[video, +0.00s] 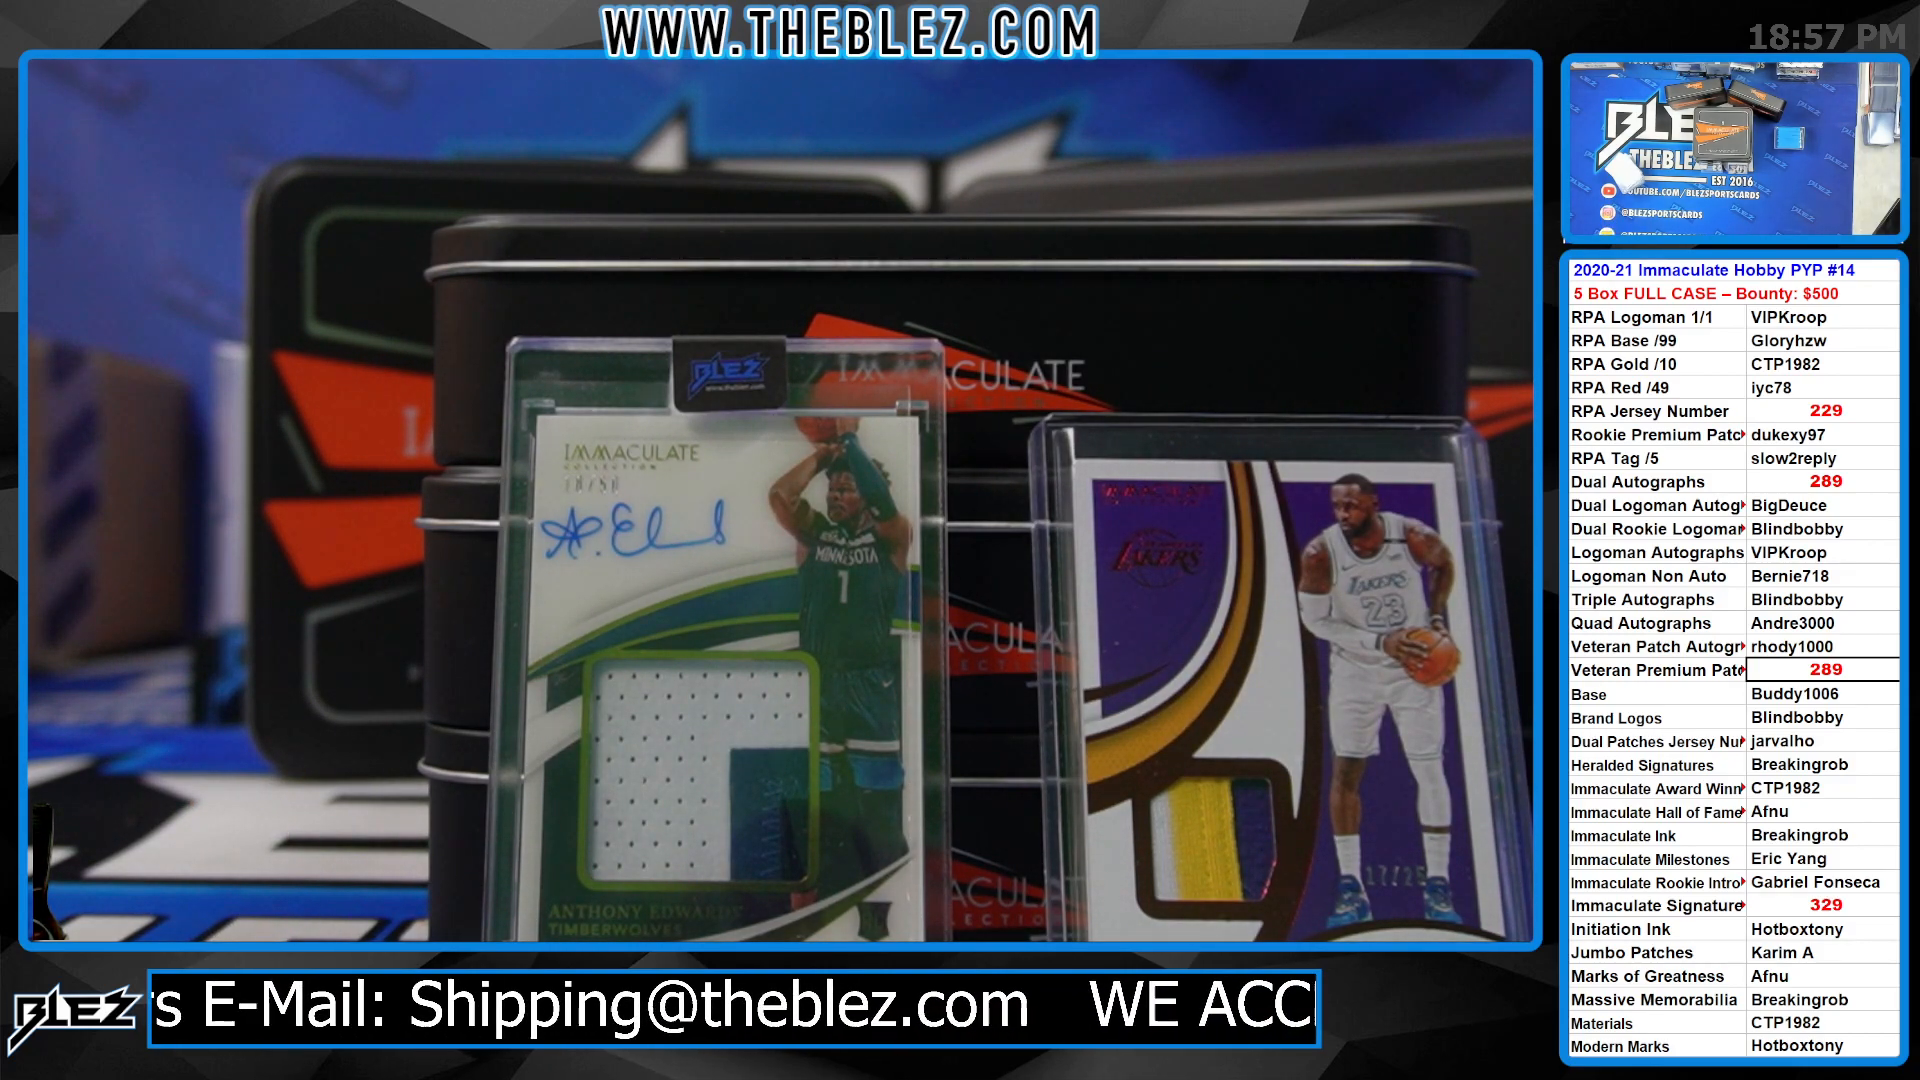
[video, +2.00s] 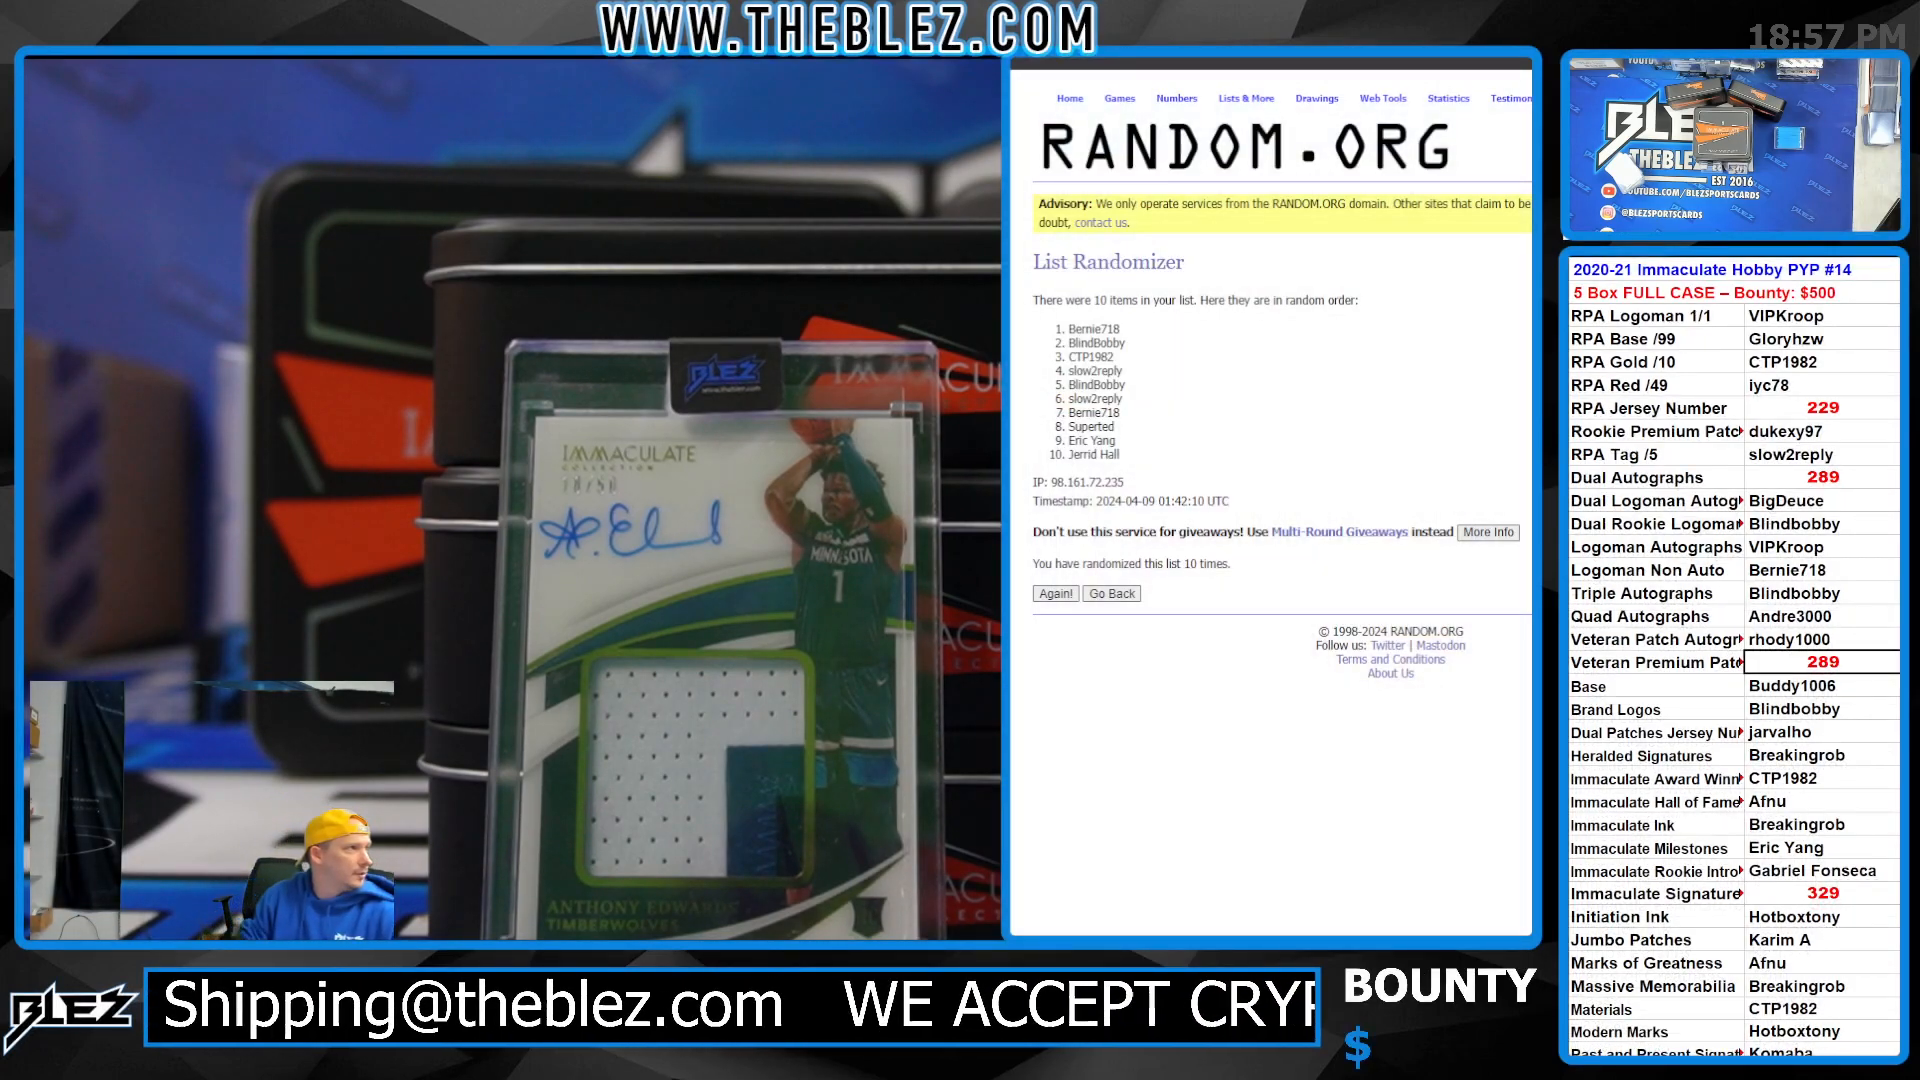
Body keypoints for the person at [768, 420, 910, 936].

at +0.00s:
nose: (841, 494)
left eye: (850, 487)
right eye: (835, 487)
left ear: (869, 494)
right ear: (826, 493)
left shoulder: (890, 539)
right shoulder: (815, 533)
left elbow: (883, 500)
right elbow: (780, 496)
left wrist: (850, 446)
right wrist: (818, 458)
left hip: (872, 678)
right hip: (817, 677)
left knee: (878, 797)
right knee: (823, 792)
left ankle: (877, 902)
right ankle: (824, 890)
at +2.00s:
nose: (835, 496)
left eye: (844, 489)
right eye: (829, 489)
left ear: (862, 495)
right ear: (822, 495)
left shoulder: (884, 539)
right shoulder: (810, 532)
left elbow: (875, 496)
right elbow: (776, 496)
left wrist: (845, 446)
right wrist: (815, 459)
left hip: (866, 676)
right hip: (813, 676)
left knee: (873, 792)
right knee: (818, 791)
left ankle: (871, 892)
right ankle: (819, 883)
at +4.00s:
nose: (834, 497)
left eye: (843, 490)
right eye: (829, 490)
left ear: (862, 495)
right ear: (821, 495)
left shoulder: (883, 539)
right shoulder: (810, 533)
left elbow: (875, 496)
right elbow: (776, 496)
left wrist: (844, 445)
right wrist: (814, 460)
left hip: (865, 678)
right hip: (812, 676)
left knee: (872, 795)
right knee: (816, 793)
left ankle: (871, 895)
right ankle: (816, 887)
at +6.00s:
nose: (841, 494)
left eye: (850, 488)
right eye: (835, 487)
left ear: (868, 495)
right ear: (827, 493)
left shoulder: (890, 539)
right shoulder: (814, 532)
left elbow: (886, 509)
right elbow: (780, 496)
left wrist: (853, 453)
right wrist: (818, 460)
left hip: (872, 677)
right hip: (817, 675)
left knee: (878, 796)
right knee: (819, 792)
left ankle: (876, 901)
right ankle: (815, 893)